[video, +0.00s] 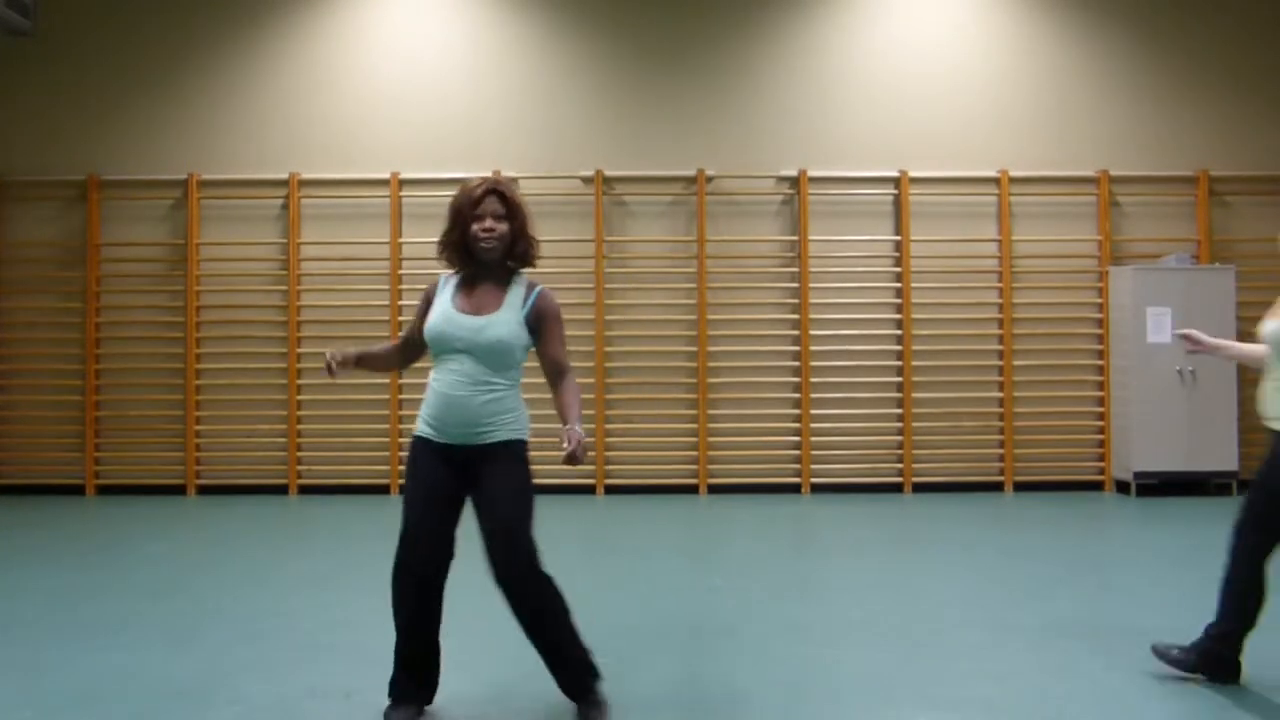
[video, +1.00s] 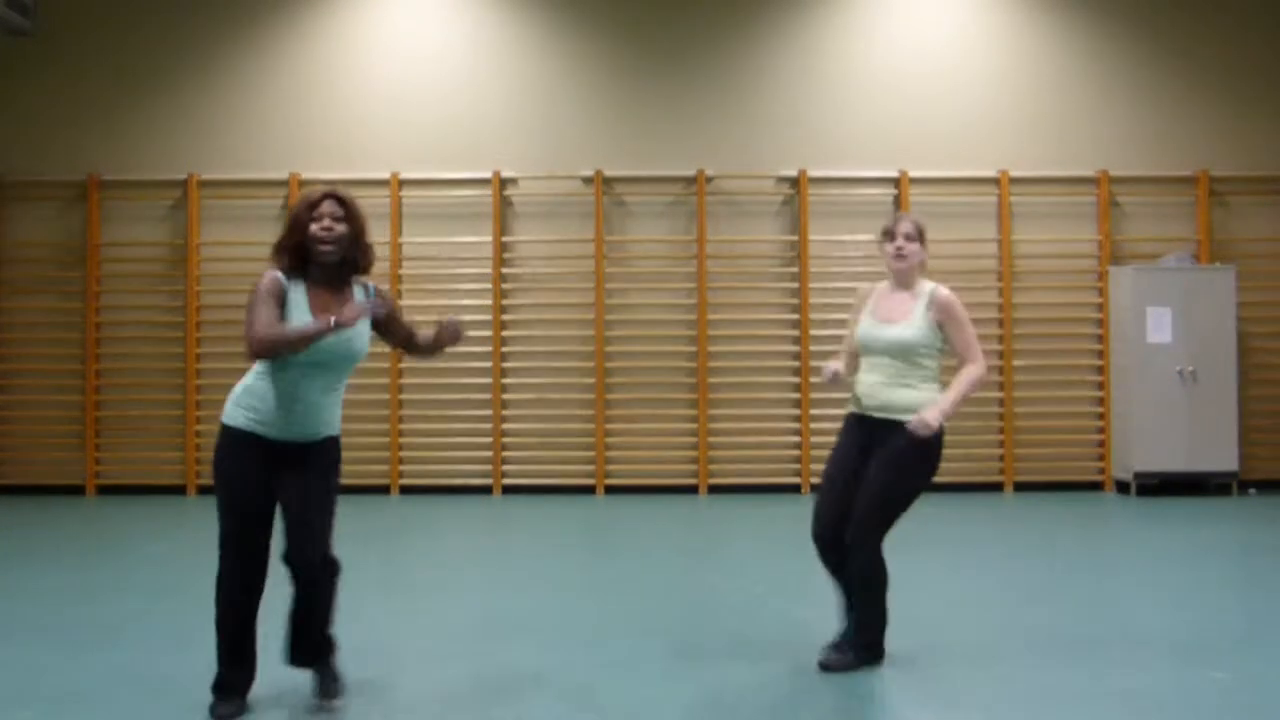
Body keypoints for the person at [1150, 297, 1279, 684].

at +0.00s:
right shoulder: (1275, 304)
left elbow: (1268, 354)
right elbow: (1272, 353)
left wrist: (1214, 346)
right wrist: (1213, 345)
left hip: (1279, 447)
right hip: (1277, 444)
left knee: (1251, 537)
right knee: (1251, 539)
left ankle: (1221, 651)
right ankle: (1221, 652)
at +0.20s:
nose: (1192, 235)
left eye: (1204, 227)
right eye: (1185, 226)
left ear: (1224, 238)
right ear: (1177, 234)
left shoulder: (1224, 288)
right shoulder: (1186, 290)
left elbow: (1254, 368)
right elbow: (1183, 366)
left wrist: (1206, 431)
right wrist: (1146, 397)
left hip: (1218, 431)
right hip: (1183, 428)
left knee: (1187, 540)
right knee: (1154, 531)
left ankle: (1211, 657)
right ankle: (1230, 622)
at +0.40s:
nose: (1098, 243)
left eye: (1109, 237)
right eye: (1092, 235)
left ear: (1126, 247)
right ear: (1083, 244)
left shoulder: (1125, 292)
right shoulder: (1094, 292)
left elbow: (1136, 367)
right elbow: (1097, 363)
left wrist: (1065, 396)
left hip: (1121, 438)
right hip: (1082, 435)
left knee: (1125, 545)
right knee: (1043, 534)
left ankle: (1198, 642)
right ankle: (1006, 629)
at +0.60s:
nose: (1017, 250)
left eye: (1027, 243)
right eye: (1010, 242)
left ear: (1043, 253)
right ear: (1000, 250)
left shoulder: (1047, 301)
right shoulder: (1003, 297)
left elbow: (1069, 374)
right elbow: (999, 367)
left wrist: (1023, 430)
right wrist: (961, 394)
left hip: (1028, 436)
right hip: (990, 429)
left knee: (972, 534)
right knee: (968, 534)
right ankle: (991, 634)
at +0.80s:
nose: (951, 251)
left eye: (961, 245)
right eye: (944, 244)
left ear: (976, 254)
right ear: (934, 252)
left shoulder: (988, 304)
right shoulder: (925, 297)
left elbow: (1028, 367)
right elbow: (908, 365)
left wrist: (1001, 429)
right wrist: (872, 374)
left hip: (961, 436)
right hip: (916, 431)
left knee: (896, 529)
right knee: (926, 541)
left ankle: (867, 644)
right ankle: (985, 624)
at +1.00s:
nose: (901, 246)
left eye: (910, 239)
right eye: (893, 239)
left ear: (924, 249)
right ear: (882, 248)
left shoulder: (939, 300)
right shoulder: (870, 297)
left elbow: (976, 365)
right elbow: (850, 361)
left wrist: (939, 410)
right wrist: (838, 370)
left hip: (911, 434)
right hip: (860, 427)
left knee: (862, 535)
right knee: (827, 530)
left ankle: (867, 646)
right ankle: (860, 622)